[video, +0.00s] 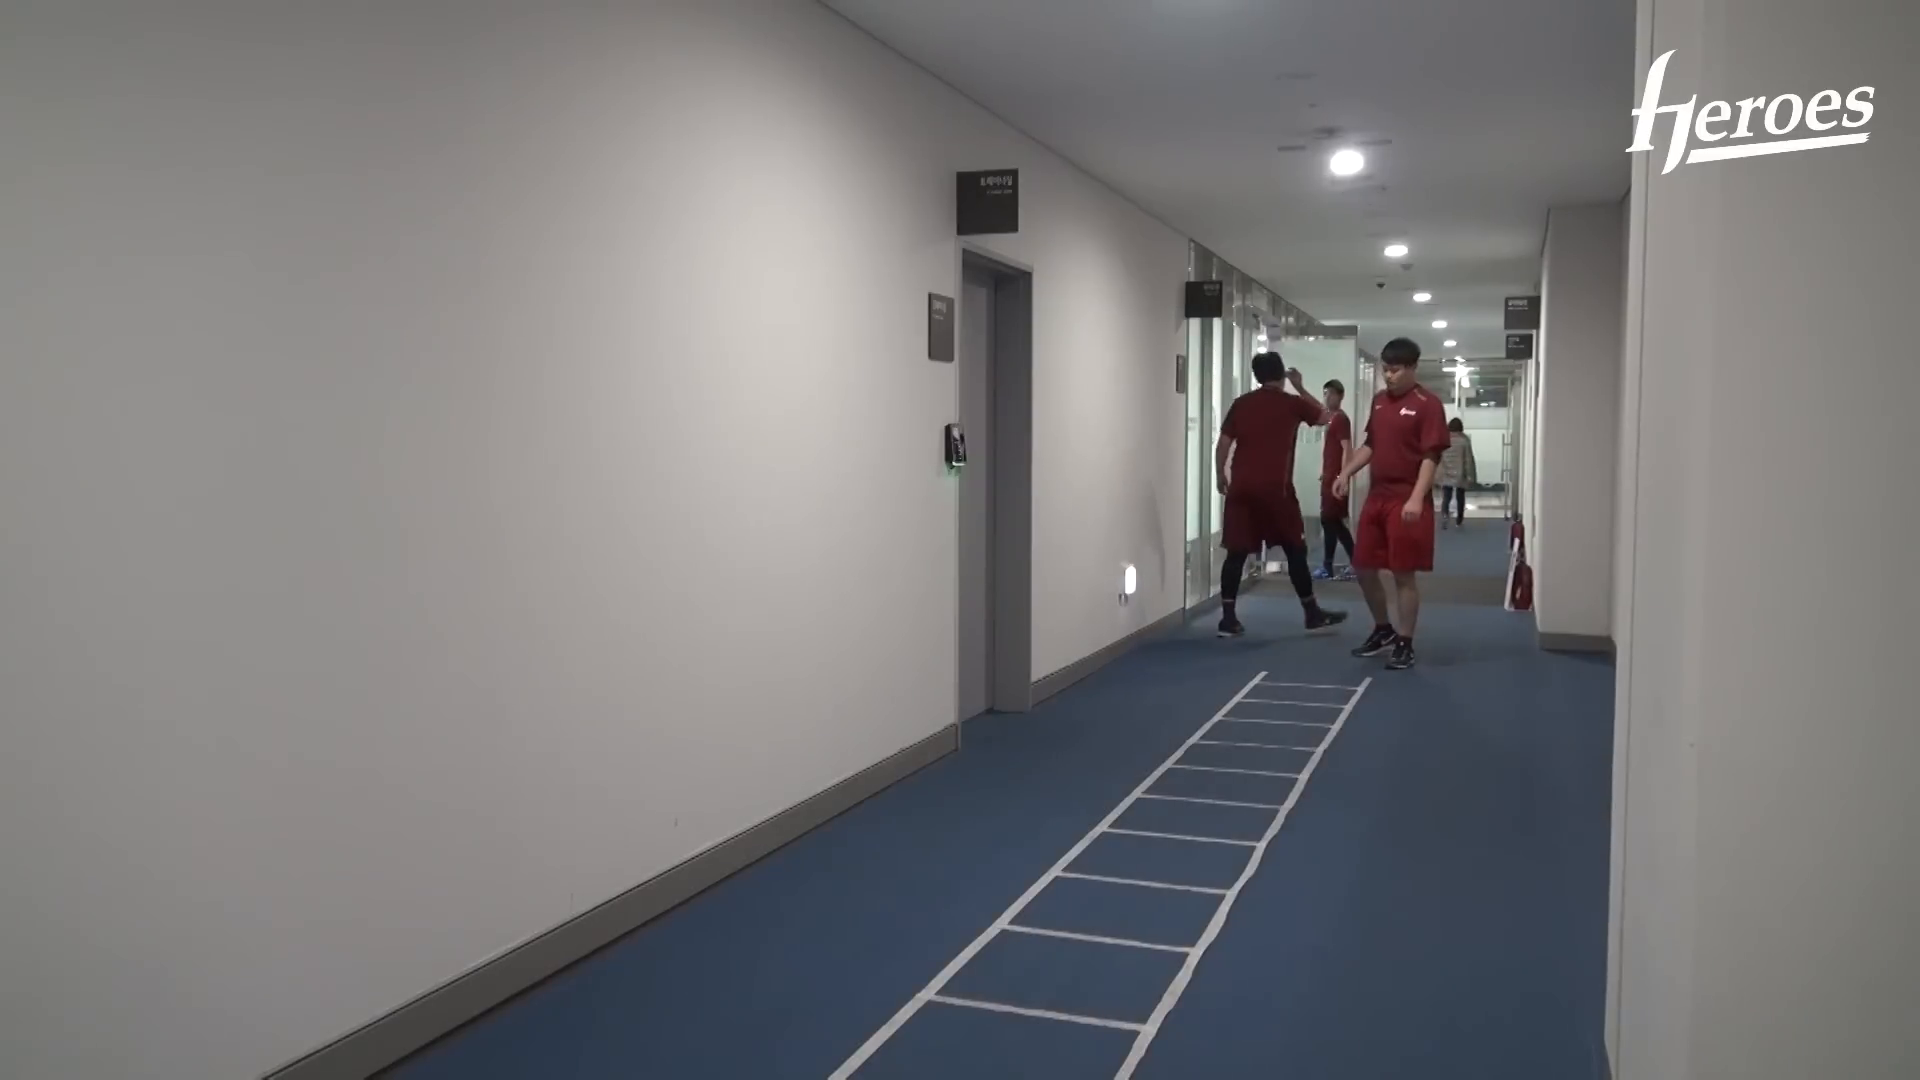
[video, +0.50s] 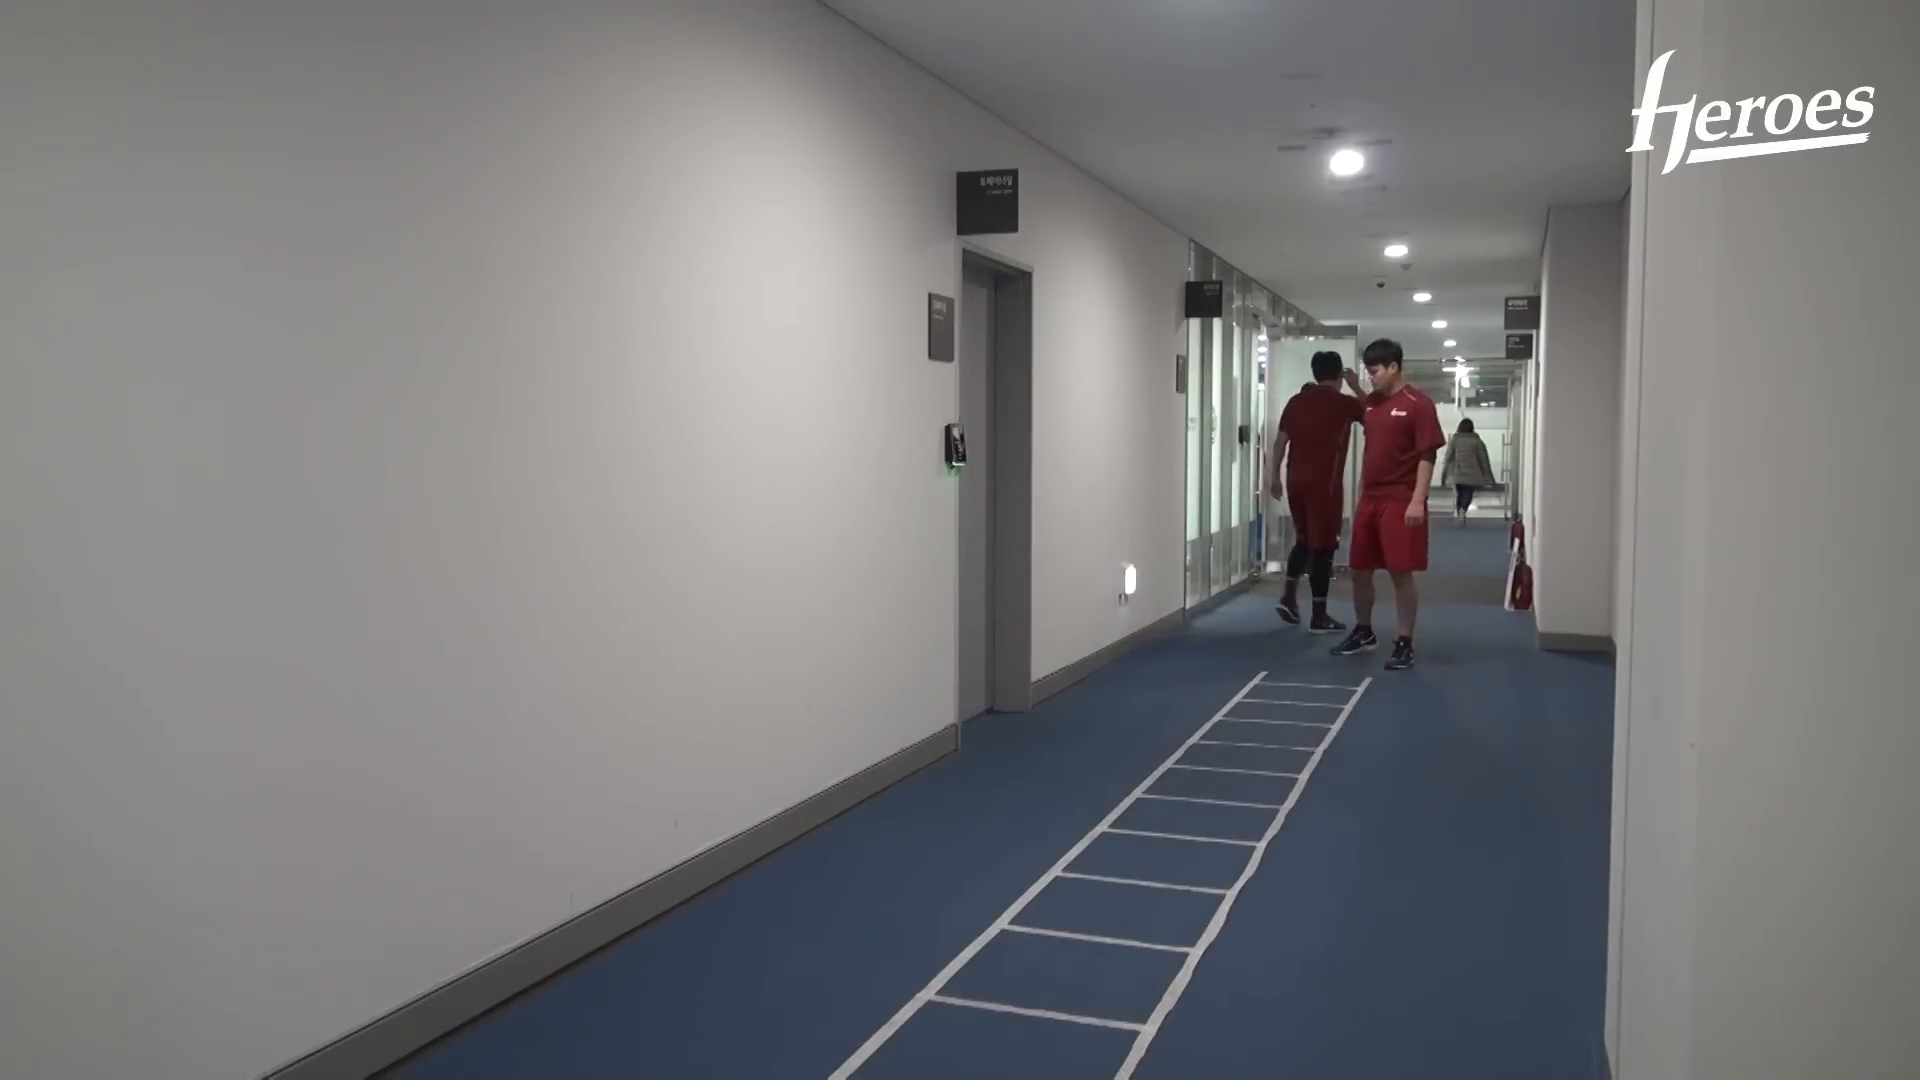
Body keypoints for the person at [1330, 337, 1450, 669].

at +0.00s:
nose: (1388, 374)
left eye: (1395, 368)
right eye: (1385, 368)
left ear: (1413, 368)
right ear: (1383, 367)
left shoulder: (1429, 404)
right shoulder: (1380, 400)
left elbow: (1431, 456)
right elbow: (1370, 445)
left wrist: (1417, 498)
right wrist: (1346, 473)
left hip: (1408, 498)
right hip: (1378, 495)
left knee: (1403, 572)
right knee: (1364, 565)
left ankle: (1405, 643)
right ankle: (1383, 629)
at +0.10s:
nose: (1384, 376)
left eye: (1390, 370)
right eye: (1382, 370)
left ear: (1410, 368)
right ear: (1382, 370)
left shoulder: (1428, 405)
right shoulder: (1382, 400)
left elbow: (1427, 459)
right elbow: (1373, 444)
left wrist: (1409, 501)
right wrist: (1347, 470)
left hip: (1408, 497)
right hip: (1378, 495)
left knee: (1403, 573)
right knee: (1361, 569)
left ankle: (1405, 643)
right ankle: (1382, 631)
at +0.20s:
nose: (1381, 373)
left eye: (1387, 367)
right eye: (1379, 367)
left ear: (1407, 367)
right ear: (1381, 368)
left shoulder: (1426, 404)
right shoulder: (1381, 401)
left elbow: (1425, 460)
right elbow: (1374, 445)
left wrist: (1406, 502)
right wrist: (1351, 473)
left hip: (1408, 499)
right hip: (1379, 496)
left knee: (1404, 573)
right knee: (1357, 567)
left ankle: (1405, 642)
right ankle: (1380, 628)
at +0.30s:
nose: (1378, 373)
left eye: (1383, 367)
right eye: (1376, 367)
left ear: (1403, 367)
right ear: (1382, 369)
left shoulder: (1425, 403)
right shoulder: (1379, 401)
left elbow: (1424, 460)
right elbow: (1374, 446)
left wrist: (1407, 502)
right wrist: (1356, 482)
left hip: (1407, 499)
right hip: (1377, 497)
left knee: (1404, 572)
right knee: (1354, 566)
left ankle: (1405, 641)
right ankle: (1377, 623)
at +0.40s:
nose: (1375, 374)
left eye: (1380, 367)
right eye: (1373, 367)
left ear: (1400, 367)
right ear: (1375, 370)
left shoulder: (1423, 403)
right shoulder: (1376, 404)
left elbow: (1426, 458)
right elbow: (1369, 451)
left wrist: (1411, 501)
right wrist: (1362, 491)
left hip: (1404, 499)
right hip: (1373, 498)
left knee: (1402, 572)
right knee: (1354, 567)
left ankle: (1405, 642)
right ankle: (1371, 624)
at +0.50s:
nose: (1370, 375)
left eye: (1375, 368)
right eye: (1368, 369)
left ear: (1394, 367)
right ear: (1372, 371)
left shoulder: (1419, 403)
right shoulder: (1372, 405)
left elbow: (1428, 456)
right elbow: (1370, 454)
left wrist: (1418, 500)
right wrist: (1361, 497)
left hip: (1400, 500)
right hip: (1370, 498)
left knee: (1400, 572)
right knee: (1360, 569)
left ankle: (1404, 643)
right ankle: (1363, 630)